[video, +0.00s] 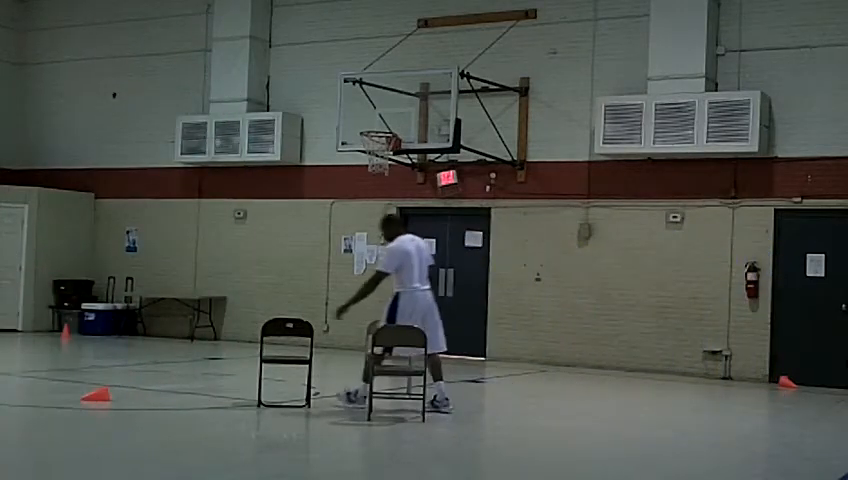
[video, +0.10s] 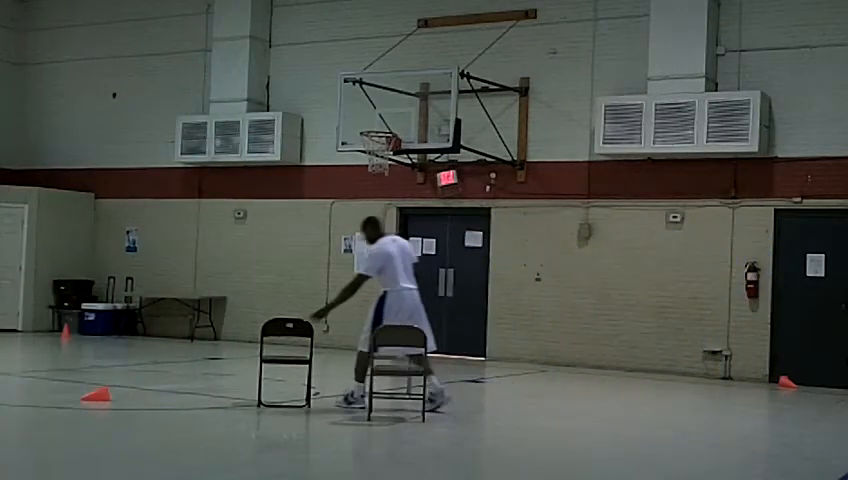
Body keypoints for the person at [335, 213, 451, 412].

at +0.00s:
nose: (383, 235)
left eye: (384, 231)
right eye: (383, 231)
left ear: (392, 228)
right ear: (402, 227)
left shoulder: (396, 247)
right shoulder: (421, 242)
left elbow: (375, 281)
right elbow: (430, 267)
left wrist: (348, 304)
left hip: (405, 299)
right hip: (426, 297)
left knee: (383, 347)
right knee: (431, 349)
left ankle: (362, 392)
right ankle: (441, 396)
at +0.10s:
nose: (364, 238)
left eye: (364, 233)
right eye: (363, 234)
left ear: (369, 232)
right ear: (381, 229)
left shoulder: (378, 249)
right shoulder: (404, 243)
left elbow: (354, 285)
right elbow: (415, 264)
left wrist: (327, 308)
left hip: (391, 298)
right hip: (413, 297)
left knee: (366, 345)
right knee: (413, 346)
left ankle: (358, 393)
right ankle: (436, 388)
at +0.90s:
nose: (310, 231)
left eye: (310, 228)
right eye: (310, 228)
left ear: (311, 227)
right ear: (325, 224)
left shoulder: (318, 243)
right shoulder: (342, 241)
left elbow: (322, 275)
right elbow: (352, 273)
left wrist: (322, 306)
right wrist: (343, 292)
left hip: (329, 290)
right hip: (345, 290)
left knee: (312, 342)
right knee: (329, 341)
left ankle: (331, 371)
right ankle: (324, 384)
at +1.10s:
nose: (308, 226)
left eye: (308, 223)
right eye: (310, 222)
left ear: (307, 223)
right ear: (323, 222)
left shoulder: (309, 241)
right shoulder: (337, 241)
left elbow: (314, 273)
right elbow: (342, 272)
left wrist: (314, 302)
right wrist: (335, 290)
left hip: (315, 287)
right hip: (335, 287)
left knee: (298, 330)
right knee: (327, 337)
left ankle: (298, 377)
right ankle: (323, 385)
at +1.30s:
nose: (299, 231)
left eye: (298, 228)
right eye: (302, 227)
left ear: (297, 228)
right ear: (312, 226)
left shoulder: (296, 246)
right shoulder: (328, 245)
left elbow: (290, 279)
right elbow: (332, 274)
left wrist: (283, 308)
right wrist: (327, 292)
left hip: (305, 290)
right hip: (326, 290)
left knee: (293, 335)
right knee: (323, 339)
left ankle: (284, 376)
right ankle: (322, 382)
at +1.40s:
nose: (292, 231)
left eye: (291, 228)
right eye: (295, 227)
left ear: (291, 229)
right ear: (306, 227)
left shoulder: (289, 248)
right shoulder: (321, 245)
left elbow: (279, 279)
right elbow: (328, 273)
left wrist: (269, 307)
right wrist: (326, 296)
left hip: (298, 290)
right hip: (319, 290)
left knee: (290, 335)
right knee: (315, 336)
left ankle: (285, 378)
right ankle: (321, 368)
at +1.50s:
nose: (288, 230)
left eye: (287, 227)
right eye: (291, 227)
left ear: (287, 227)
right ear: (302, 226)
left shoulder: (283, 246)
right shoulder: (318, 243)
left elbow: (270, 278)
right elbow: (326, 272)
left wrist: (259, 306)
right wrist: (329, 301)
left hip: (292, 290)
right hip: (315, 290)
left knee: (286, 334)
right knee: (310, 335)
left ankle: (285, 379)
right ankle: (313, 363)